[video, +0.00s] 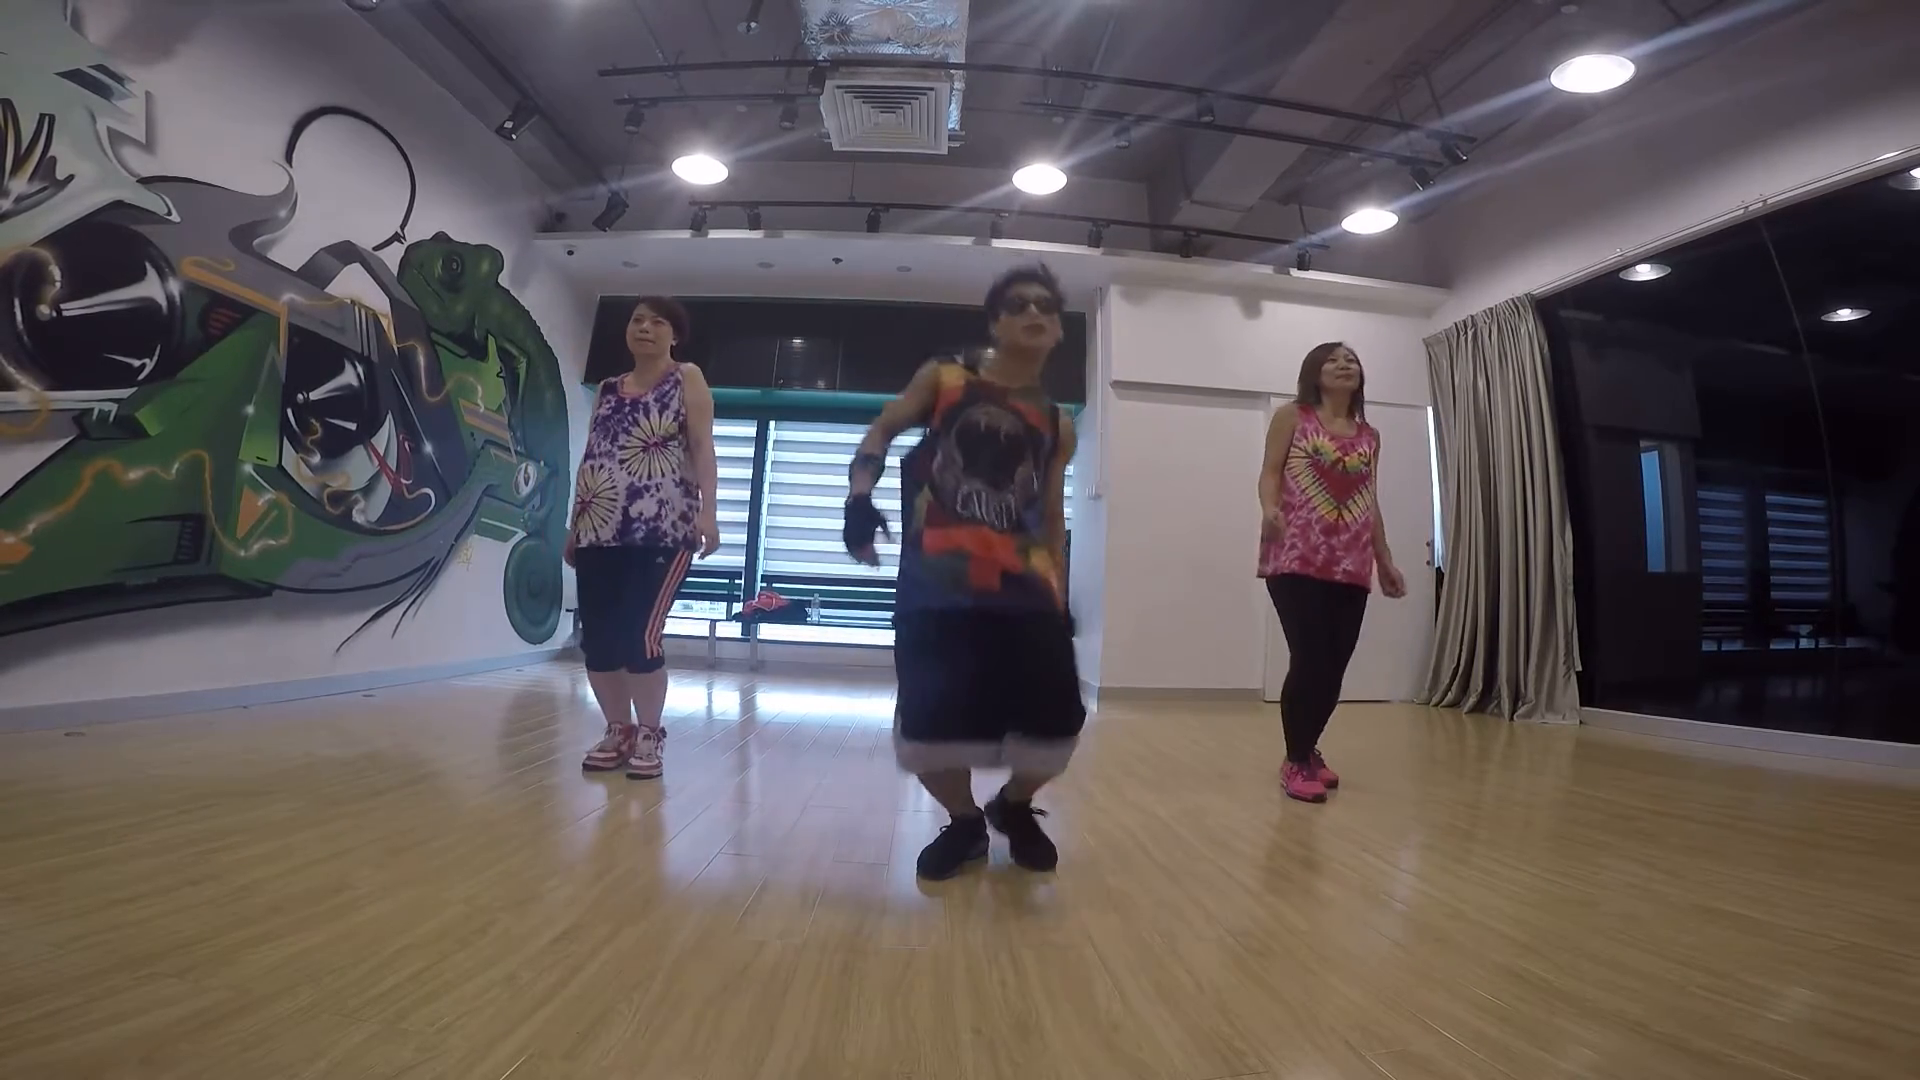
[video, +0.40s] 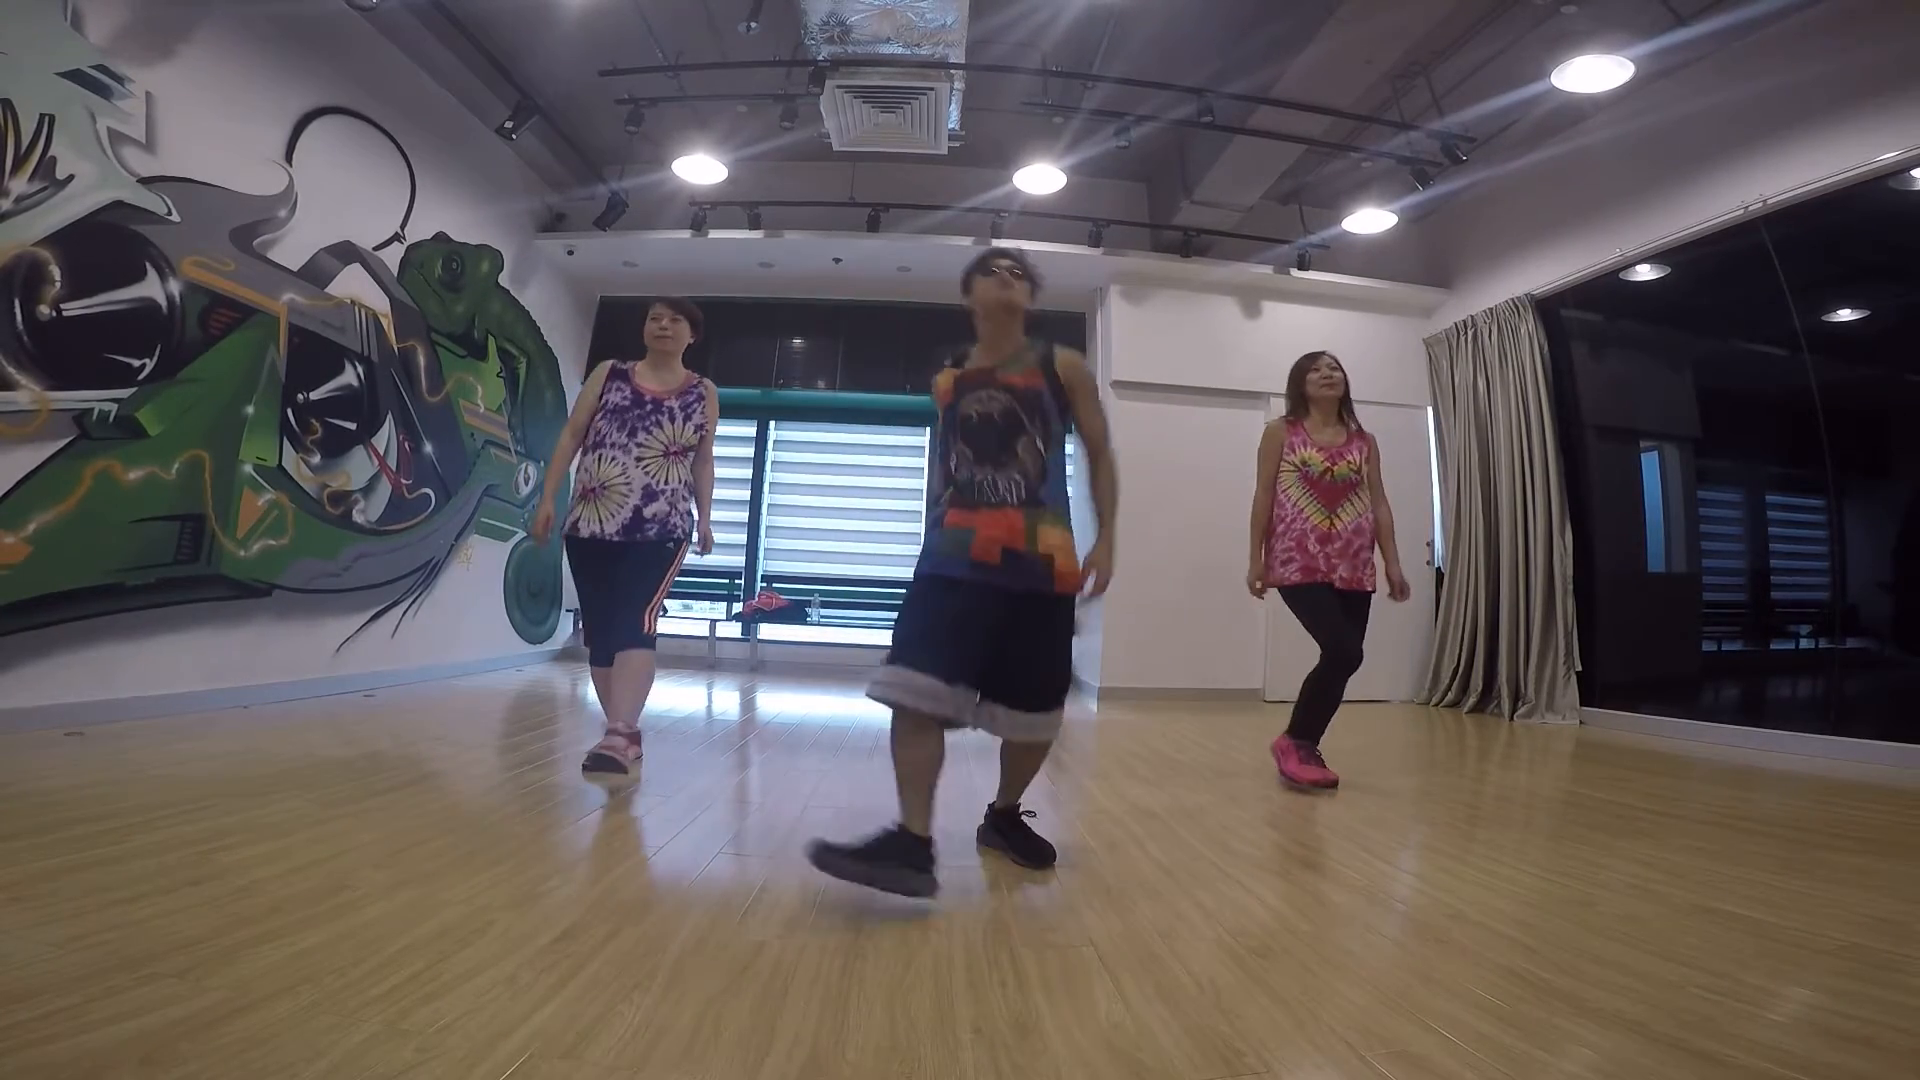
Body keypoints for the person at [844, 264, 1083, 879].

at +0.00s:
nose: (1034, 315)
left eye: (1046, 308)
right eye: (1019, 306)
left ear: (1060, 327)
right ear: (994, 323)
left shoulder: (1056, 425)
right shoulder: (944, 381)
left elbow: (1052, 518)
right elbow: (879, 433)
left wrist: (1058, 597)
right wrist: (860, 497)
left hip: (1024, 591)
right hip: (939, 586)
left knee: (1057, 723)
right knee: (927, 733)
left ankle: (1013, 804)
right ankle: (966, 823)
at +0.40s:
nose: (1006, 281)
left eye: (1018, 275)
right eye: (992, 272)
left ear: (1032, 299)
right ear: (967, 294)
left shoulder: (1063, 367)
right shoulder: (949, 379)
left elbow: (1101, 453)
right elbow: (946, 469)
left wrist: (1106, 538)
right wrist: (939, 544)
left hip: (1040, 565)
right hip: (954, 560)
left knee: (1036, 707)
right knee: (915, 692)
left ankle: (1005, 815)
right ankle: (912, 842)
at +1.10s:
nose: (977, 282)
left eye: (989, 276)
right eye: (964, 273)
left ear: (1002, 298)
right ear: (940, 294)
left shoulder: (1021, 374)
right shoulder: (904, 366)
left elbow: (1031, 462)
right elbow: (869, 440)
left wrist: (1044, 551)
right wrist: (860, 497)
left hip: (1013, 556)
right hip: (928, 557)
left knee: (1030, 688)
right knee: (925, 696)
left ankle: (1034, 826)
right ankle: (945, 802)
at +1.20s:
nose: (991, 286)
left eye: (1003, 281)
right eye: (978, 279)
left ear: (1018, 306)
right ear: (955, 302)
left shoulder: (1029, 384)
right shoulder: (914, 359)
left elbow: (1030, 470)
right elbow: (872, 434)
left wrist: (1051, 542)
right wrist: (872, 490)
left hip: (1001, 555)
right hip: (920, 554)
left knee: (1025, 684)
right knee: (913, 705)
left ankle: (1007, 809)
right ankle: (936, 797)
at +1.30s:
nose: (1001, 311)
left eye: (1012, 304)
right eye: (987, 304)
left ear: (1029, 329)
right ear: (966, 325)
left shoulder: (1033, 415)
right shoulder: (925, 375)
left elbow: (1017, 503)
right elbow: (891, 456)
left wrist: (1021, 575)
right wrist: (902, 539)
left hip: (995, 568)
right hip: (920, 560)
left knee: (1008, 711)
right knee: (906, 707)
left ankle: (987, 795)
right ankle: (933, 799)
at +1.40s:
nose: (1007, 336)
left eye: (1017, 329)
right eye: (993, 331)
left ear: (1034, 347)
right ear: (975, 350)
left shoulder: (1039, 441)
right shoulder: (935, 400)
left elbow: (1025, 528)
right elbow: (893, 473)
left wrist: (1030, 598)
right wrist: (894, 561)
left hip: (996, 604)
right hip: (918, 596)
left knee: (999, 724)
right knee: (900, 723)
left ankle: (975, 803)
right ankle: (934, 799)